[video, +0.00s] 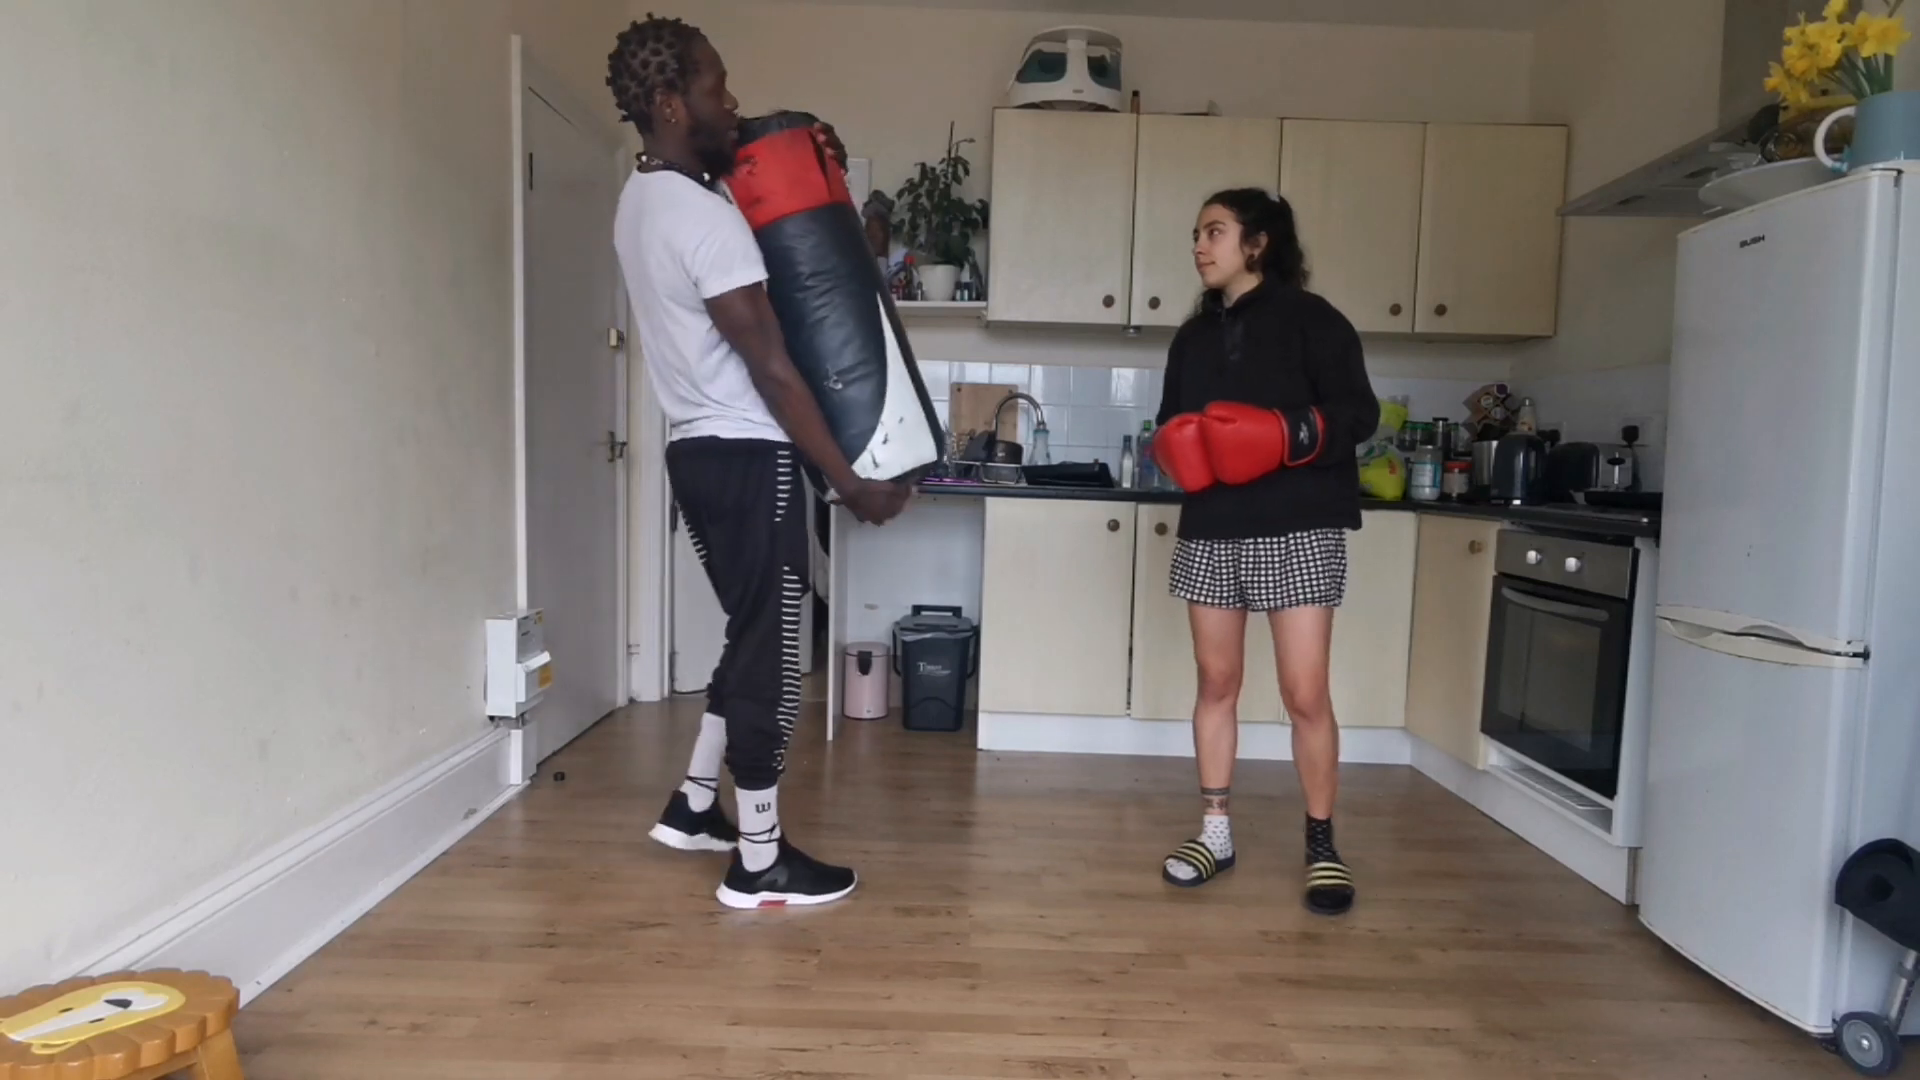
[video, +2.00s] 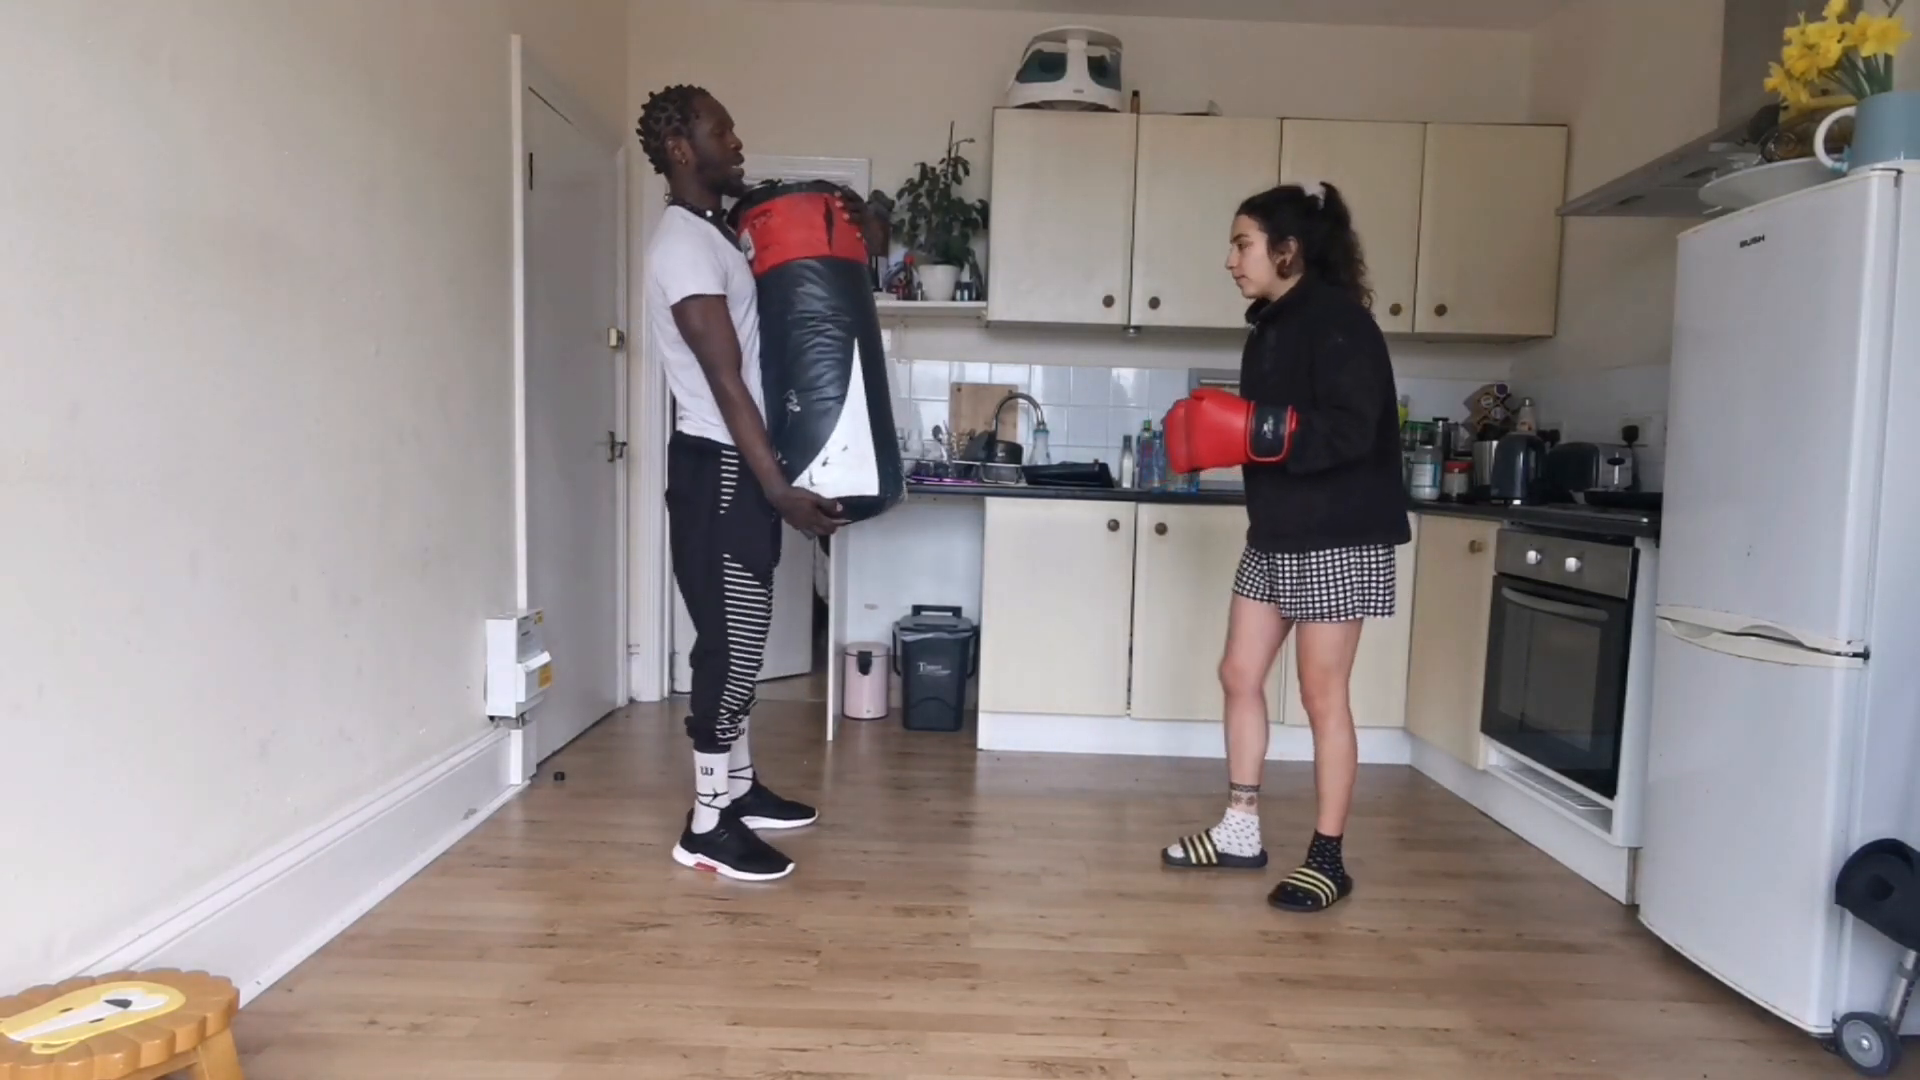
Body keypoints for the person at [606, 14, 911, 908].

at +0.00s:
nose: (732, 101)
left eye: (725, 85)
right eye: (717, 87)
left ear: (659, 109)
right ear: (670, 105)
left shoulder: (643, 197)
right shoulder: (701, 214)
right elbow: (767, 360)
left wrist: (767, 147)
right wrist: (848, 481)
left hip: (700, 449)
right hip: (749, 453)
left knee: (759, 624)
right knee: (772, 638)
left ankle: (697, 798)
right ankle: (760, 859)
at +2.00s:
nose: (738, 141)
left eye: (733, 128)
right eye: (722, 130)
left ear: (688, 146)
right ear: (678, 146)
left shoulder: (719, 233)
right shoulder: (682, 239)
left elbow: (779, 324)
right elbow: (723, 376)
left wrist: (841, 236)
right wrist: (778, 485)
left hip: (745, 456)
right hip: (715, 460)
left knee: (743, 631)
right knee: (733, 634)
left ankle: (734, 789)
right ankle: (709, 819)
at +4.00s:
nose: (735, 144)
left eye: (730, 130)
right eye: (720, 132)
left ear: (681, 148)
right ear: (676, 146)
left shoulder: (709, 233)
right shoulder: (673, 240)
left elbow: (776, 316)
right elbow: (722, 378)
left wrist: (826, 233)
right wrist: (776, 486)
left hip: (749, 450)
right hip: (713, 455)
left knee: (772, 612)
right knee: (725, 621)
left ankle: (731, 768)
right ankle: (710, 811)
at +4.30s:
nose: (724, 148)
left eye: (719, 135)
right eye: (708, 137)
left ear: (671, 153)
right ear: (665, 151)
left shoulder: (695, 236)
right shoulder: (666, 245)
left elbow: (754, 320)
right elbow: (715, 382)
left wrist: (808, 230)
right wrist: (770, 486)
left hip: (732, 452)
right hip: (710, 457)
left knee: (736, 616)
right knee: (733, 620)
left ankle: (720, 775)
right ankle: (709, 812)